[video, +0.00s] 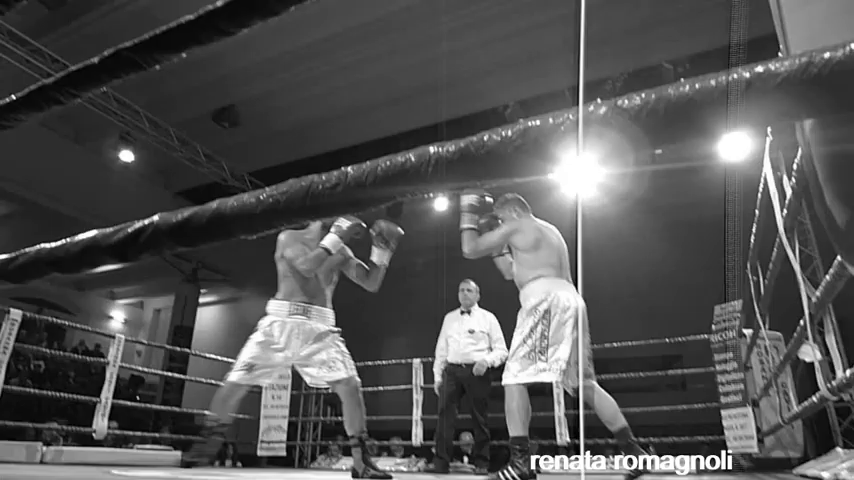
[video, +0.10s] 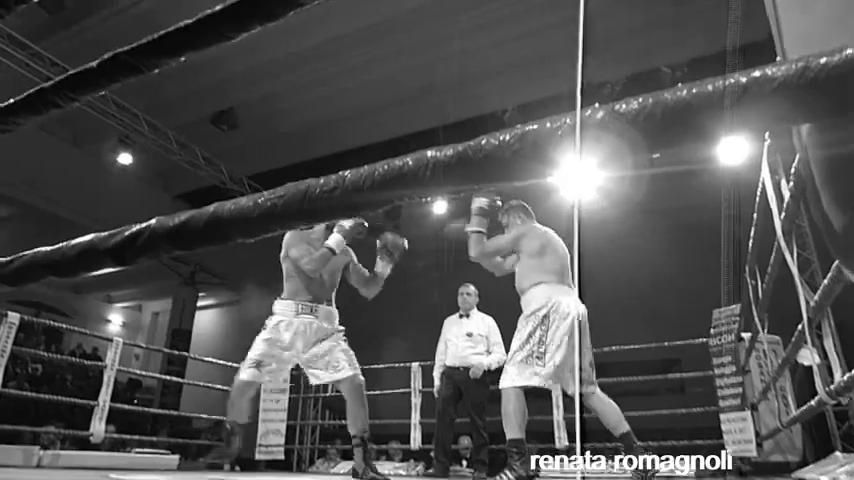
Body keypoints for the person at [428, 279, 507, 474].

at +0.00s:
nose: (465, 294)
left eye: (469, 291)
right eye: (462, 291)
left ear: (478, 295)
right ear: (458, 295)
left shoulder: (488, 318)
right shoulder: (450, 318)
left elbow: (502, 349)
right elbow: (441, 350)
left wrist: (487, 361)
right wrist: (438, 376)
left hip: (477, 369)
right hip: (452, 370)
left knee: (479, 417)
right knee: (445, 413)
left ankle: (481, 462)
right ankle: (441, 460)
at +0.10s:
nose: (464, 298)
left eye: (469, 295)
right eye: (461, 294)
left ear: (477, 299)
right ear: (457, 298)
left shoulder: (487, 322)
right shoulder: (449, 323)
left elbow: (500, 353)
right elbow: (440, 354)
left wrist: (484, 364)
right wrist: (438, 380)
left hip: (475, 374)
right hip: (451, 374)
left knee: (477, 420)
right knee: (444, 417)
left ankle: (480, 467)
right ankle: (441, 465)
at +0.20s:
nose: (454, 309)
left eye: (458, 306)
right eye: (450, 305)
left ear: (466, 311)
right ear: (445, 309)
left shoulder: (475, 332)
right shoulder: (437, 333)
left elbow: (486, 364)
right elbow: (429, 365)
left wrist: (466, 372)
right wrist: (426, 392)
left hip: (464, 384)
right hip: (439, 383)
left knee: (465, 430)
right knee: (433, 429)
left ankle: (468, 471)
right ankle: (431, 470)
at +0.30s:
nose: (442, 297)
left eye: (443, 293)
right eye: (437, 293)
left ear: (444, 296)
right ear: (428, 296)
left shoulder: (453, 319)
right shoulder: (416, 321)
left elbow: (466, 352)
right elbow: (408, 352)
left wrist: (450, 360)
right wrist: (407, 381)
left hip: (447, 372)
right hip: (421, 372)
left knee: (444, 417)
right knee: (417, 418)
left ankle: (453, 461)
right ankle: (416, 460)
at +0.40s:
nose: (422, 281)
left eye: (426, 278)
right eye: (419, 277)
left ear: (433, 282)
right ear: (413, 280)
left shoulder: (441, 304)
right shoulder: (403, 304)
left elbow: (450, 334)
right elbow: (395, 335)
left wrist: (434, 342)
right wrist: (393, 361)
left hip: (431, 352)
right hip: (407, 352)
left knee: (432, 397)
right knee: (404, 398)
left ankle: (435, 442)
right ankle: (404, 441)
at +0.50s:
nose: (393, 273)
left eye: (397, 270)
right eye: (390, 269)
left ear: (401, 274)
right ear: (383, 272)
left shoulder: (410, 296)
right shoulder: (371, 295)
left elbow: (420, 325)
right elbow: (362, 325)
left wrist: (407, 335)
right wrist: (361, 350)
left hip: (401, 344)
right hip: (376, 344)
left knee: (403, 389)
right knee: (375, 389)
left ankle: (405, 432)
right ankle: (374, 431)